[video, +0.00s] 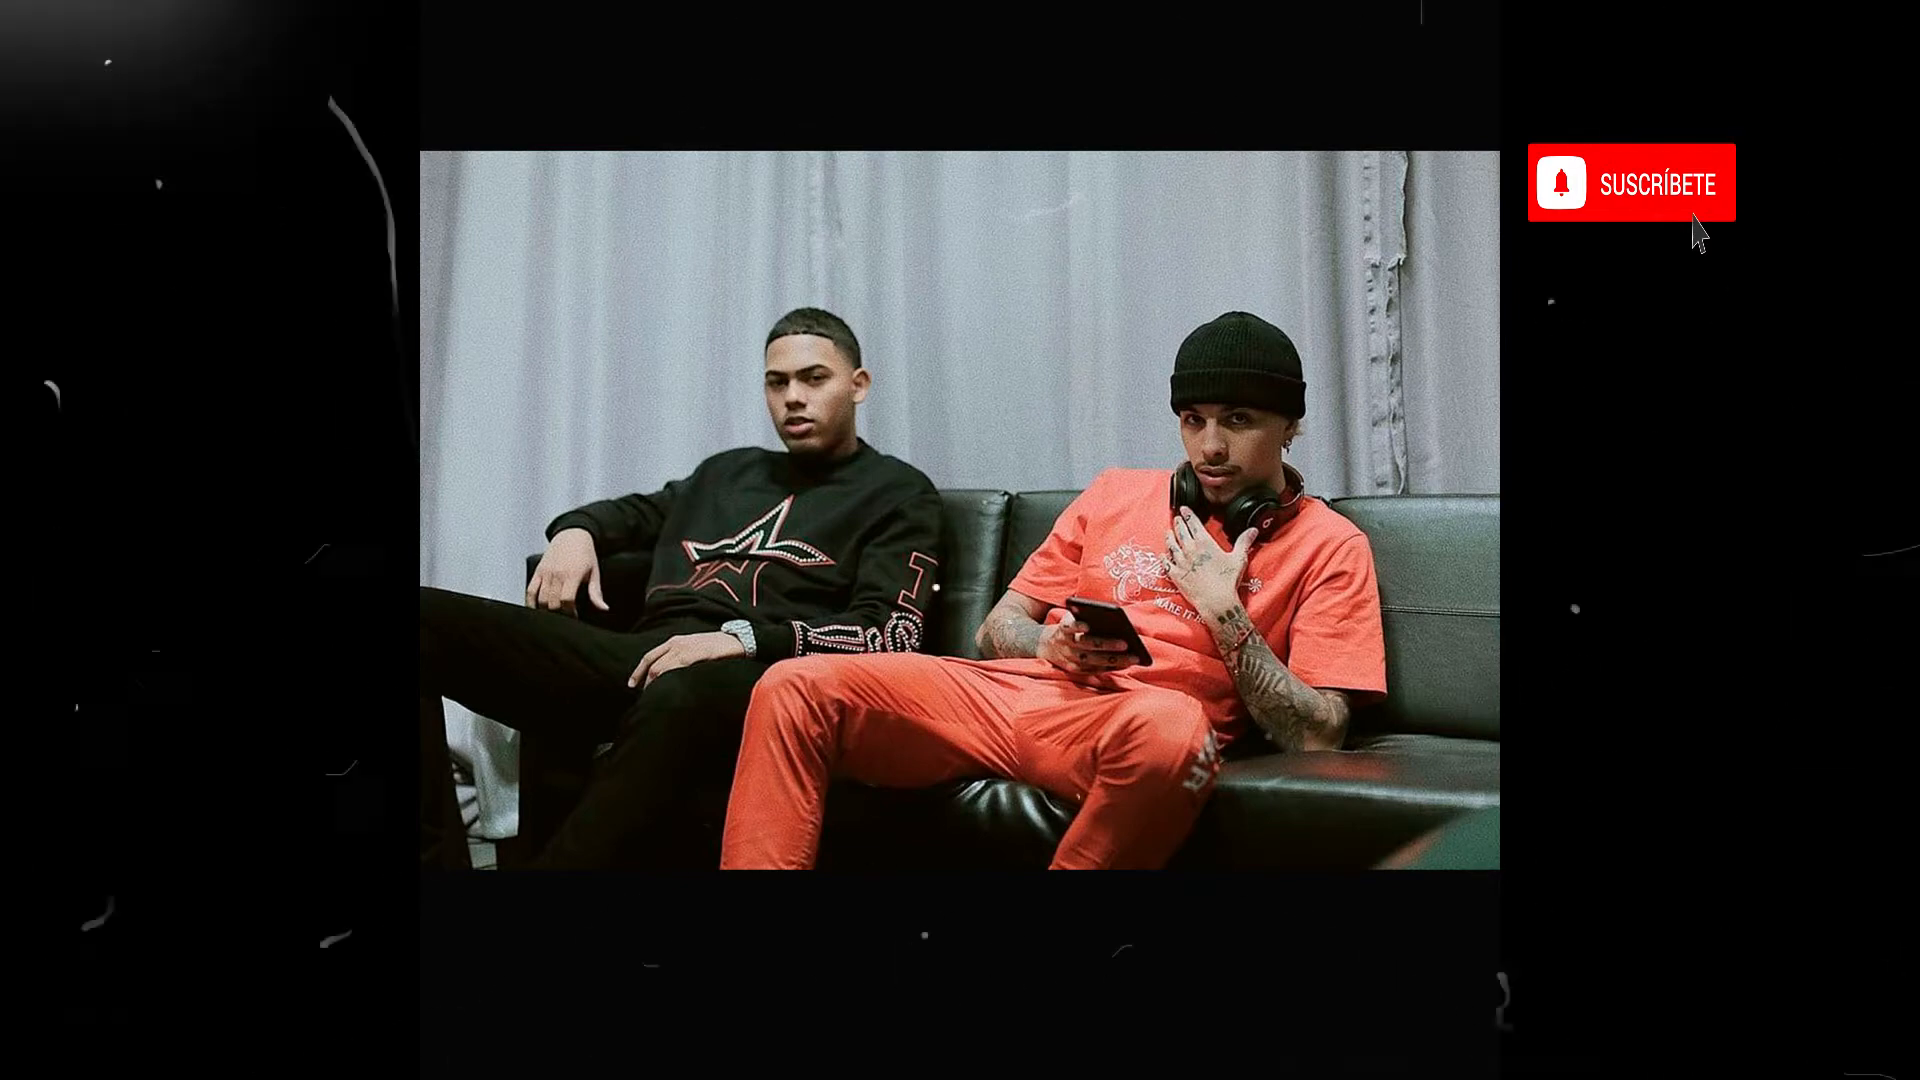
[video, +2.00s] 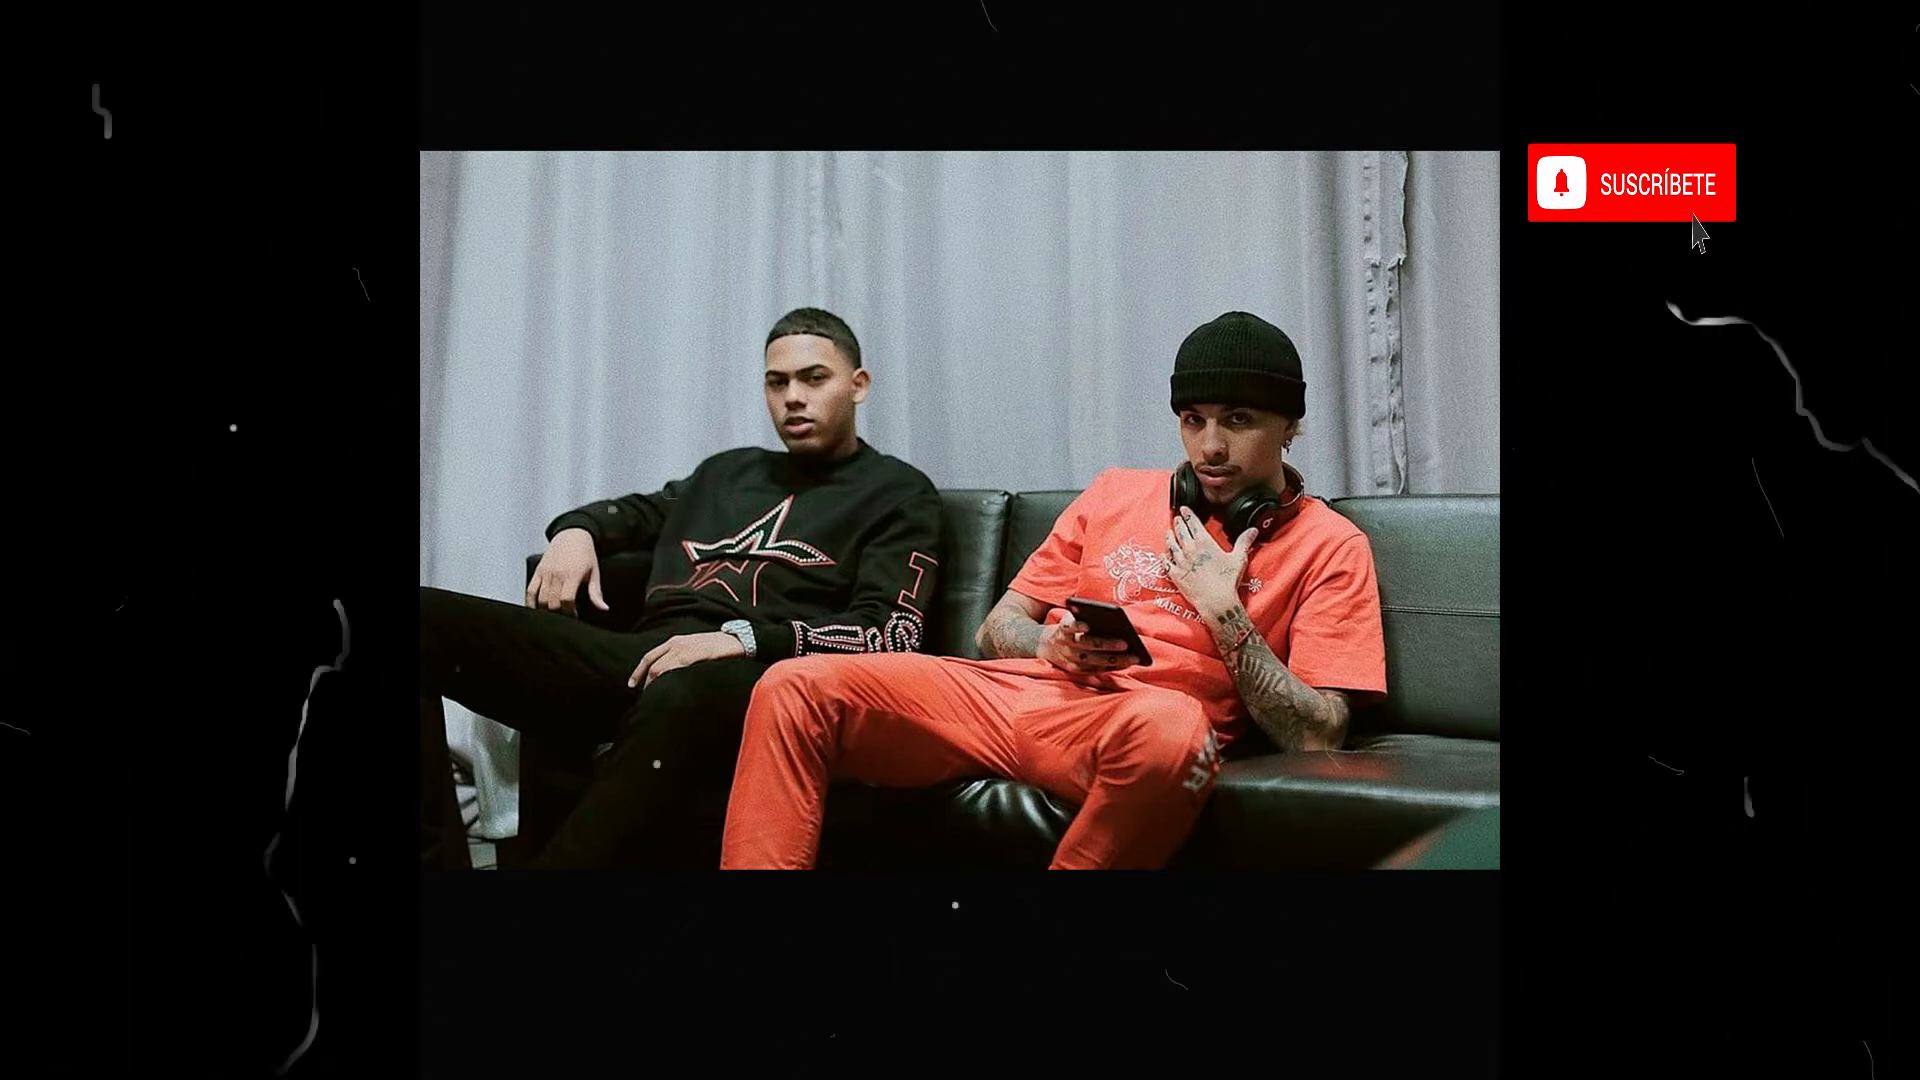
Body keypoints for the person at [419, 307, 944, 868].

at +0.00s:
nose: (793, 399)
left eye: (813, 379)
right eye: (779, 382)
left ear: (859, 385)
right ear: (765, 391)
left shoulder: (900, 493)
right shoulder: (728, 472)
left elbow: (894, 634)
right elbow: (640, 515)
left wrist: (742, 639)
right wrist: (574, 530)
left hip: (769, 681)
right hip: (637, 653)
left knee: (682, 699)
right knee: (425, 617)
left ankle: (562, 871)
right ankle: (440, 856)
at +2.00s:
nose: (793, 399)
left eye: (814, 378)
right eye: (779, 382)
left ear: (859, 385)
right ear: (765, 390)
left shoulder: (900, 494)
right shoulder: (727, 472)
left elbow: (893, 635)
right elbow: (643, 516)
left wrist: (743, 639)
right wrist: (575, 530)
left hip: (771, 681)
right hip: (637, 654)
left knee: (682, 701)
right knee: (424, 617)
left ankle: (561, 870)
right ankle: (440, 857)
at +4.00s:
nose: (793, 399)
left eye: (814, 378)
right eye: (779, 382)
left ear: (859, 385)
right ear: (765, 390)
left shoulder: (899, 494)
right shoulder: (728, 471)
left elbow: (893, 635)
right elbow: (642, 515)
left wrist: (742, 639)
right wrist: (575, 530)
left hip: (770, 681)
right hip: (637, 653)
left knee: (682, 701)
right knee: (424, 617)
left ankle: (562, 871)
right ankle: (441, 856)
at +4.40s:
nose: (792, 399)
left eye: (813, 379)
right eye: (778, 382)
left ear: (859, 385)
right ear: (765, 391)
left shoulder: (900, 493)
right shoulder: (727, 472)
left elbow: (892, 635)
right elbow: (640, 516)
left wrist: (745, 638)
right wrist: (576, 529)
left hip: (768, 678)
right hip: (635, 651)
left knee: (684, 700)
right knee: (426, 617)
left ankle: (560, 876)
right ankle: (441, 862)